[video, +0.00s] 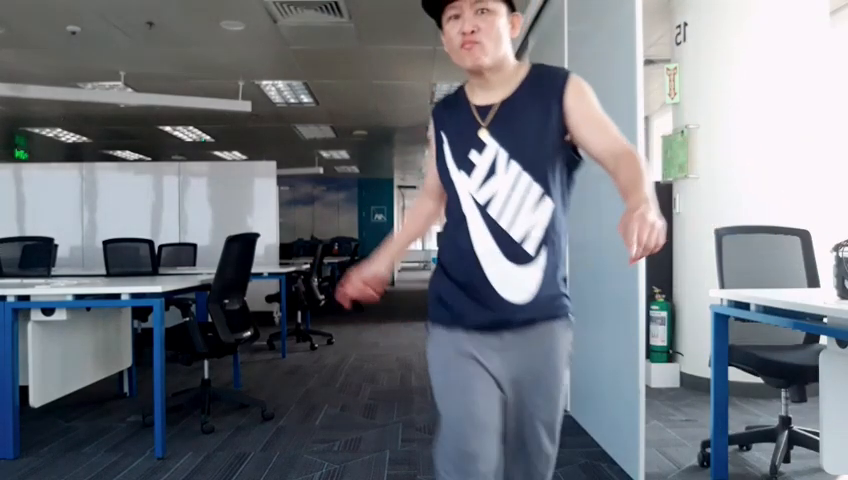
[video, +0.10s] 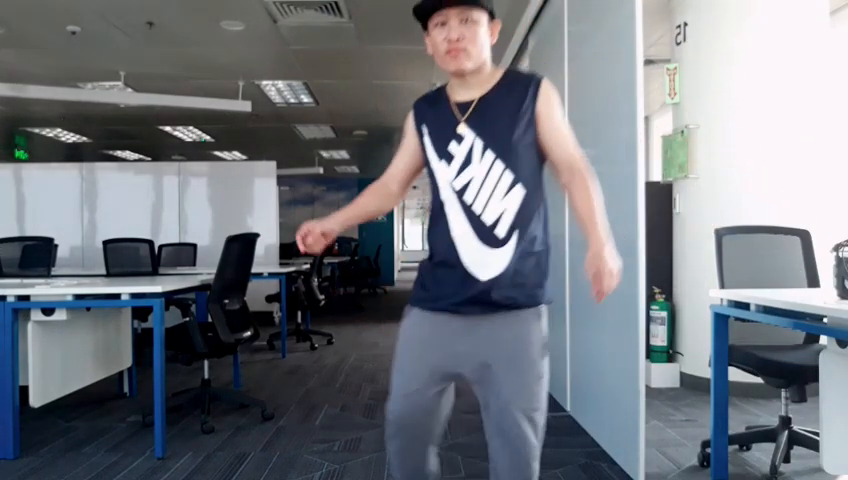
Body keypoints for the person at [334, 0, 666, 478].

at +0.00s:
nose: (467, 25)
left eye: (482, 11)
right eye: (453, 18)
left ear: (514, 24)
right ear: (444, 39)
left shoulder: (560, 89)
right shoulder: (445, 115)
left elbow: (618, 154)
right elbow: (432, 197)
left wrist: (641, 203)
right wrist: (383, 259)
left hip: (540, 326)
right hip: (457, 327)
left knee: (532, 466)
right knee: (470, 463)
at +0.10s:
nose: (453, 34)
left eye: (466, 20)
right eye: (440, 25)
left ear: (493, 31)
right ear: (428, 44)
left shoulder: (533, 92)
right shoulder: (424, 113)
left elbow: (572, 167)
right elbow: (390, 187)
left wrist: (599, 242)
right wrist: (332, 224)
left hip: (513, 307)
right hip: (434, 304)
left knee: (515, 447)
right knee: (406, 431)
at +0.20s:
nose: (443, 55)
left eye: (455, 45)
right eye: (431, 47)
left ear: (478, 54)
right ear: (418, 63)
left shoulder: (514, 120)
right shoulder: (408, 132)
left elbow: (545, 198)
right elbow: (377, 198)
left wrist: (571, 274)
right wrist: (330, 225)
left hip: (495, 319)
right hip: (421, 317)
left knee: (503, 457)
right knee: (385, 438)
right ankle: (388, 475)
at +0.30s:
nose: (443, 55)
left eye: (455, 45)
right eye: (431, 48)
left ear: (478, 54)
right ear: (418, 63)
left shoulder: (514, 120)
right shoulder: (408, 132)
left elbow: (545, 198)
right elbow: (377, 198)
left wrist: (570, 274)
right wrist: (330, 225)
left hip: (495, 319)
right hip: (421, 317)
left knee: (503, 457)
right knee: (384, 438)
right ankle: (388, 475)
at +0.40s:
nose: (413, 87)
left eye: (425, 77)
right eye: (403, 77)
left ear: (445, 89)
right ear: (387, 91)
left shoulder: (465, 148)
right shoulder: (370, 152)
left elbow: (490, 216)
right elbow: (351, 215)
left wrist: (518, 282)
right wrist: (341, 262)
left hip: (453, 321)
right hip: (384, 322)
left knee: (473, 431)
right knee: (364, 421)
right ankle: (360, 474)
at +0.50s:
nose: (370, 100)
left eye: (383, 91)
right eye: (365, 91)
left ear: (415, 98)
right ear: (359, 98)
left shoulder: (442, 154)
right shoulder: (353, 156)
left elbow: (469, 218)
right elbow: (336, 220)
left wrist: (492, 279)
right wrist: (309, 280)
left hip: (433, 313)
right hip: (368, 316)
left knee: (457, 411)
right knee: (359, 411)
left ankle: (473, 477)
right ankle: (360, 473)